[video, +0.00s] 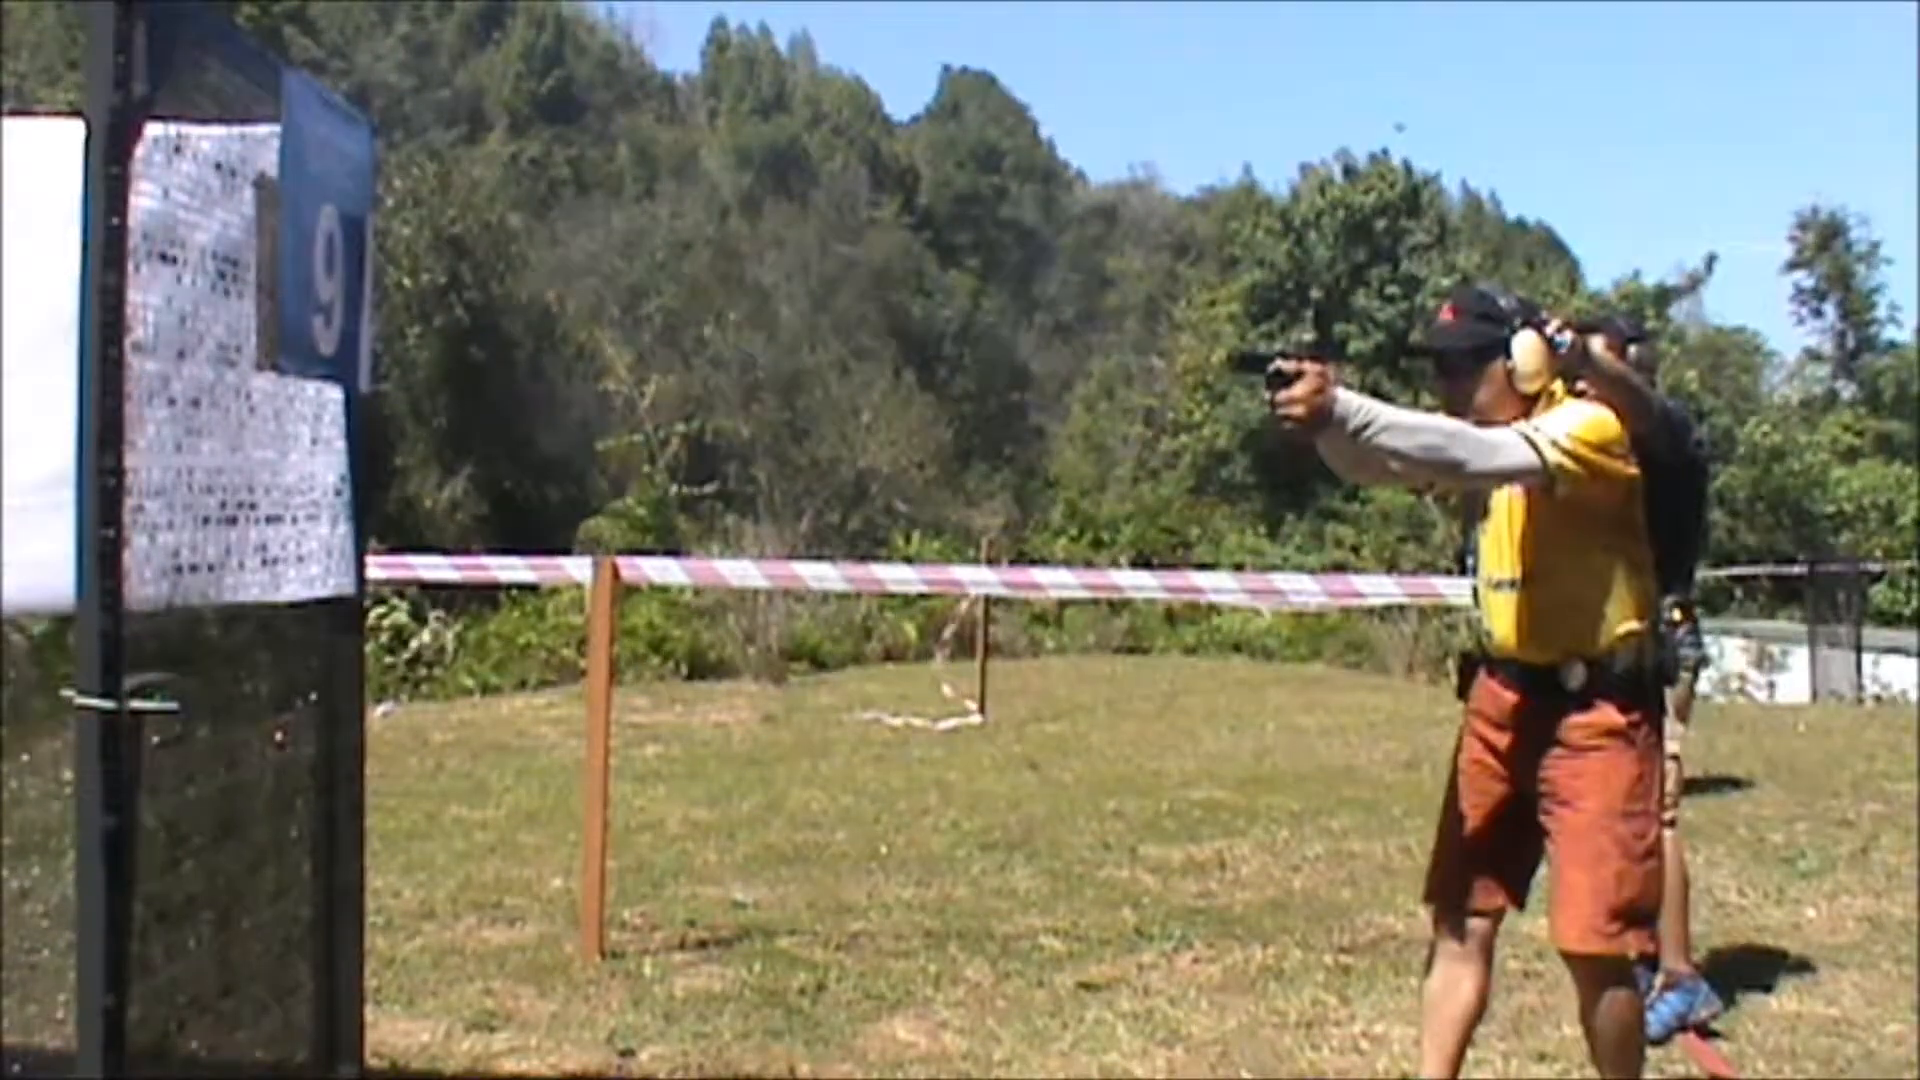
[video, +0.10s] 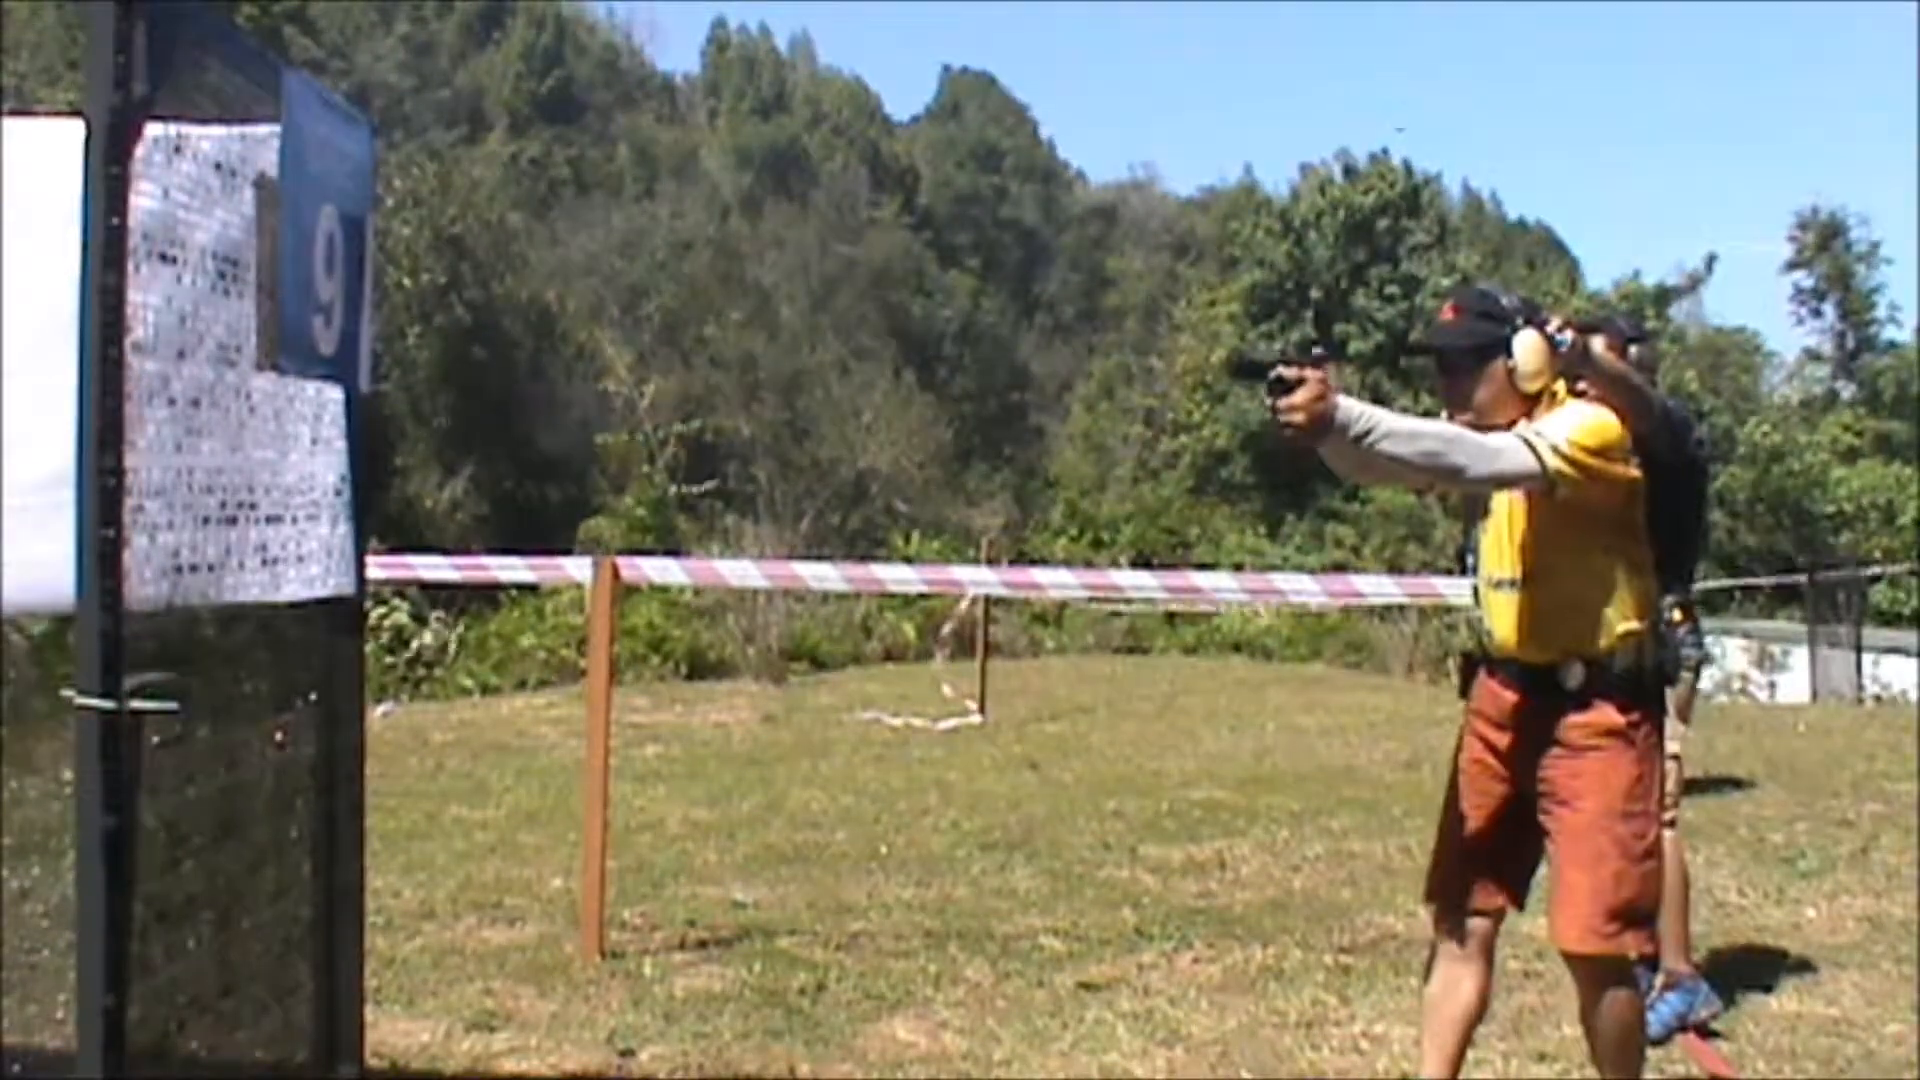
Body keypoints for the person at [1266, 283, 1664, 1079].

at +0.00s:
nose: (1448, 390)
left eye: (1461, 371)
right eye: (1442, 372)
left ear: (1513, 362)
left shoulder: (1592, 426)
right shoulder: (1491, 439)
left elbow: (1480, 454)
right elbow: (1386, 465)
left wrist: (1343, 405)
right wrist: (1320, 420)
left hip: (1601, 710)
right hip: (1504, 701)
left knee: (1595, 945)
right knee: (1463, 919)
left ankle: (1622, 1073)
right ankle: (1433, 1071)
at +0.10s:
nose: (1451, 394)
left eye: (1465, 373)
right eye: (1444, 374)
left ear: (1517, 362)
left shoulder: (1591, 427)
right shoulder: (1493, 438)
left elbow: (1476, 460)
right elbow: (1406, 468)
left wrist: (1342, 412)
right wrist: (1322, 430)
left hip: (1601, 709)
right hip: (1504, 699)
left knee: (1595, 944)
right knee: (1464, 920)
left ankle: (1622, 1073)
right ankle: (1433, 1071)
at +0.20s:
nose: (1451, 393)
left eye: (1464, 372)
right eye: (1444, 374)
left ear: (1516, 362)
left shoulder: (1591, 427)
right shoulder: (1496, 436)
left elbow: (1471, 459)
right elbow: (1407, 469)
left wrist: (1335, 410)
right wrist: (1322, 429)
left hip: (1601, 710)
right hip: (1506, 699)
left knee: (1596, 944)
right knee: (1463, 920)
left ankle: (1623, 1072)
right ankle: (1433, 1071)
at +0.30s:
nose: (1450, 392)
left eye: (1463, 371)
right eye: (1444, 373)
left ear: (1515, 362)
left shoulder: (1592, 427)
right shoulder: (1499, 436)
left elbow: (1470, 458)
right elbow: (1407, 469)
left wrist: (1335, 410)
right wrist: (1321, 428)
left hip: (1601, 711)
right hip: (1506, 700)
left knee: (1597, 945)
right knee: (1464, 920)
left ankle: (1623, 1072)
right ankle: (1433, 1071)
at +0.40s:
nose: (1449, 392)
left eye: (1462, 371)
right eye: (1442, 373)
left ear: (1514, 362)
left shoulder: (1592, 427)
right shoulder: (1497, 435)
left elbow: (1469, 457)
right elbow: (1408, 469)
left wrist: (1334, 410)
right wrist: (1321, 428)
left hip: (1601, 711)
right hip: (1506, 699)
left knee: (1596, 945)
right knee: (1464, 920)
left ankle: (1623, 1072)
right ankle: (1433, 1072)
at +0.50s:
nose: (1448, 392)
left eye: (1462, 372)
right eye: (1441, 373)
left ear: (1514, 362)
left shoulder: (1591, 427)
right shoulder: (1497, 435)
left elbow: (1467, 460)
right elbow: (1402, 470)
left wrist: (1332, 412)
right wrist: (1320, 430)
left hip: (1601, 711)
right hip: (1505, 700)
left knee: (1597, 946)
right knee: (1463, 922)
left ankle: (1623, 1072)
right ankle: (1433, 1072)